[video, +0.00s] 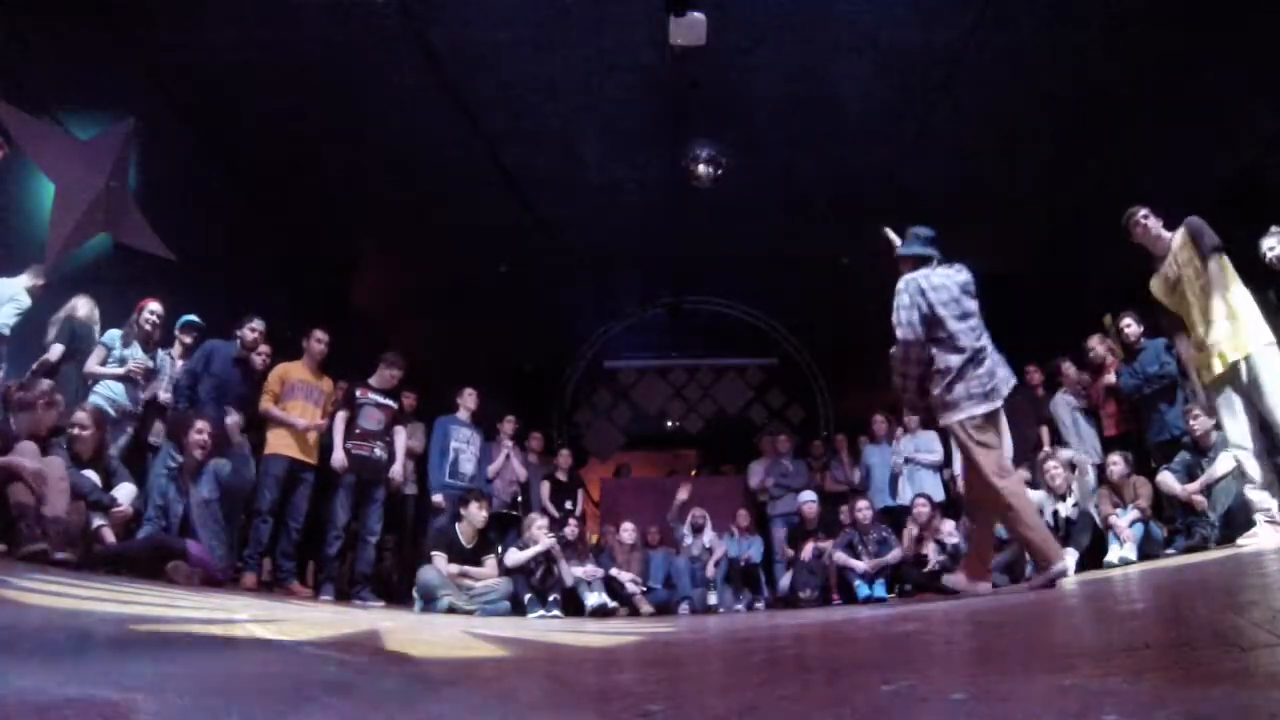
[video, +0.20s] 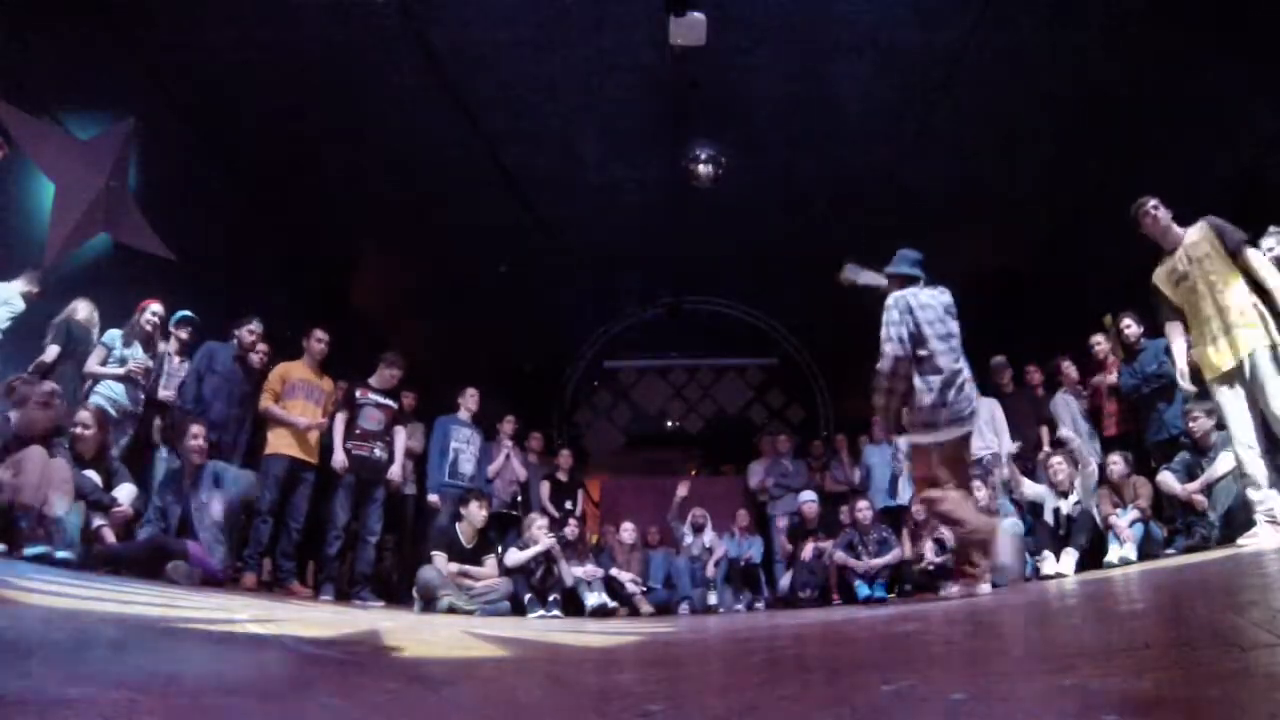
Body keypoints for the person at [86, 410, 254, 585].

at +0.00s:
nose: (205, 440)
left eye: (210, 435)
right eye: (199, 433)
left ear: (214, 441)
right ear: (183, 436)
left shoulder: (217, 469)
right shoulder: (165, 471)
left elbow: (244, 482)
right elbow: (154, 519)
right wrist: (139, 546)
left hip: (214, 557)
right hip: (175, 546)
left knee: (159, 541)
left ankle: (96, 555)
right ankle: (185, 576)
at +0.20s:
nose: (201, 444)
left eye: (204, 439)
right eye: (194, 438)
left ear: (209, 444)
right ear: (179, 444)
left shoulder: (223, 475)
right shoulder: (171, 479)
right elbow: (154, 519)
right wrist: (144, 543)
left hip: (213, 558)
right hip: (175, 547)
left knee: (159, 543)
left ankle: (98, 555)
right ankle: (182, 575)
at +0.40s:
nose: (199, 449)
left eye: (202, 443)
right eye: (191, 444)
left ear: (206, 446)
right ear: (177, 450)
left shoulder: (214, 474)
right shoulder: (169, 478)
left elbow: (247, 495)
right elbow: (154, 518)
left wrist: (221, 527)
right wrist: (145, 543)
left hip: (211, 551)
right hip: (175, 546)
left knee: (160, 545)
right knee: (152, 557)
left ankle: (102, 555)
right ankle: (184, 575)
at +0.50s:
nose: (203, 444)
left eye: (206, 438)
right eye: (196, 438)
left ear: (210, 444)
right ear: (181, 443)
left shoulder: (223, 477)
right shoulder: (168, 479)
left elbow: (259, 508)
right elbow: (153, 519)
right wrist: (146, 545)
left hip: (215, 554)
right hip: (175, 545)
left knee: (159, 544)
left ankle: (101, 555)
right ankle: (183, 576)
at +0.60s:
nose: (206, 442)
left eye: (209, 437)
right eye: (199, 435)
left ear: (213, 442)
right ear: (183, 441)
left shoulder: (218, 471)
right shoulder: (169, 477)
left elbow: (241, 498)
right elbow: (153, 517)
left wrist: (245, 460)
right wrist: (143, 545)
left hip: (214, 551)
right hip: (176, 545)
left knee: (159, 543)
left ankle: (100, 553)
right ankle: (185, 576)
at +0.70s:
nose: (207, 441)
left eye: (210, 437)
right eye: (200, 434)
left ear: (213, 444)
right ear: (184, 439)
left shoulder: (217, 477)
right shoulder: (169, 479)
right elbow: (154, 518)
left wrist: (242, 478)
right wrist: (141, 545)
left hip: (212, 552)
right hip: (174, 545)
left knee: (160, 544)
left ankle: (97, 554)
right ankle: (183, 576)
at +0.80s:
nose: (203, 444)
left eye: (207, 440)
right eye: (197, 438)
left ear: (211, 446)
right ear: (182, 443)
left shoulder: (215, 473)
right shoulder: (171, 478)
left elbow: (244, 489)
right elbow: (154, 518)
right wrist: (141, 545)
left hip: (210, 551)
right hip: (174, 543)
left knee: (161, 544)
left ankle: (99, 553)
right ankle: (183, 575)